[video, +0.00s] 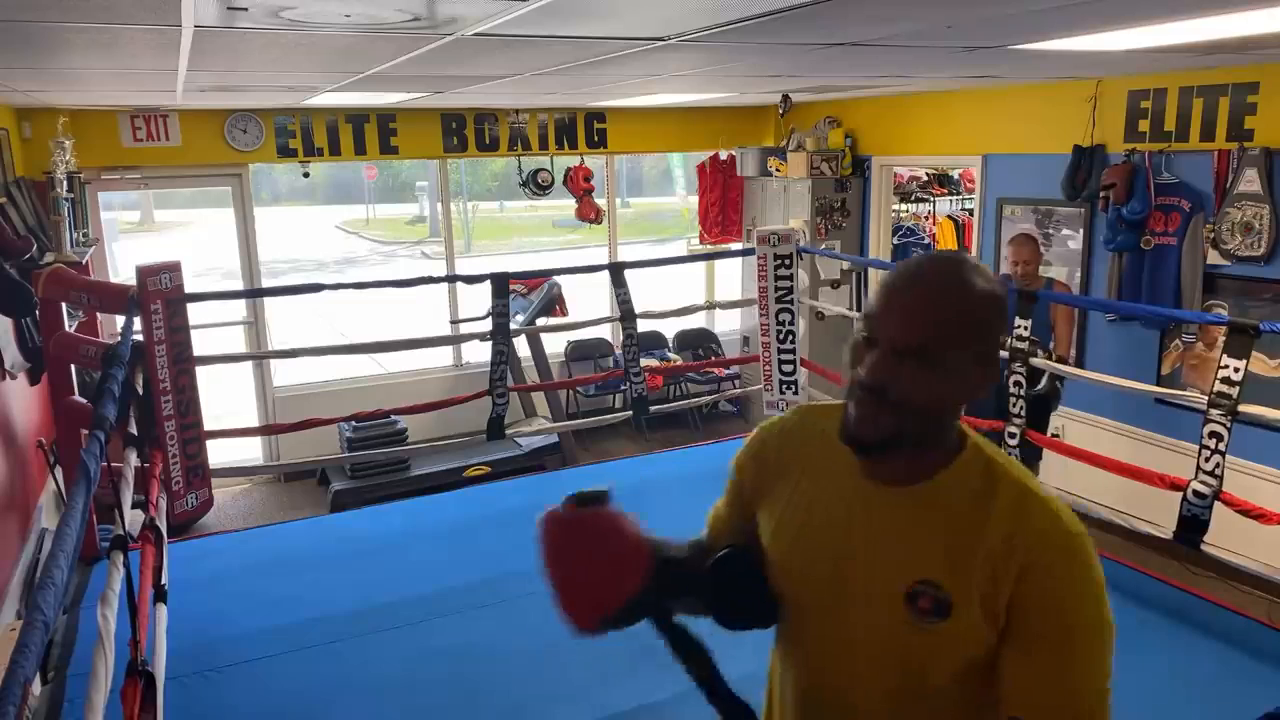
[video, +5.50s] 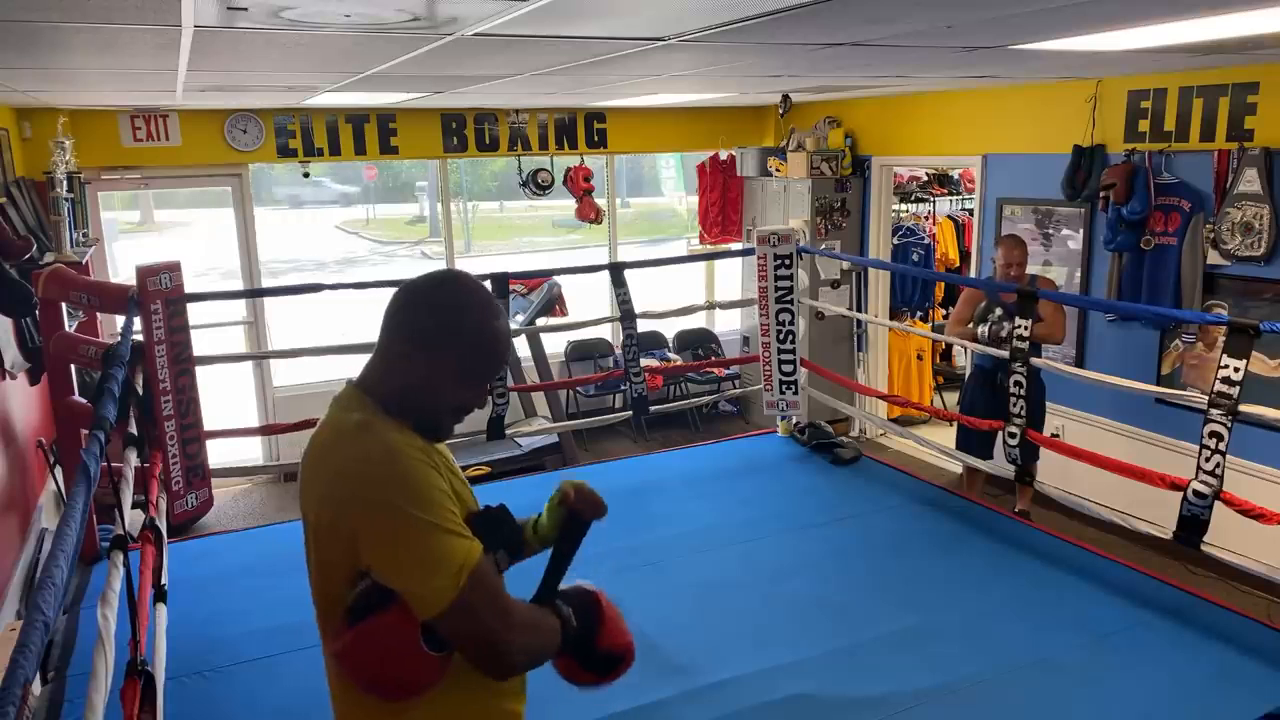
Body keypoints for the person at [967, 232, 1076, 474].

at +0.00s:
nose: (1020, 270)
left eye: (1027, 264)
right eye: (1014, 263)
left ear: (1039, 261)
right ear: (1007, 261)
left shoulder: (1057, 292)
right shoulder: (996, 287)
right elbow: (980, 332)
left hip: (1035, 380)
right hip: (994, 376)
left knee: (1025, 455)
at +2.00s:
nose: (1015, 269)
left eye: (1020, 262)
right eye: (1008, 263)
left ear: (1032, 258)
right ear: (1000, 263)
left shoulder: (1053, 290)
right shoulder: (990, 288)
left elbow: (1058, 332)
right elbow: (970, 330)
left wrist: (1041, 347)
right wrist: (995, 338)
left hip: (1034, 379)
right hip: (991, 376)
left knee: (1031, 448)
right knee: (979, 443)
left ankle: (1022, 511)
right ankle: (972, 504)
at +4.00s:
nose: (998, 274)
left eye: (1002, 267)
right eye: (991, 270)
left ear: (1013, 260)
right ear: (982, 267)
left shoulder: (1037, 286)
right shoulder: (974, 290)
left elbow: (1054, 331)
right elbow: (961, 335)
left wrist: (1013, 329)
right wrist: (984, 346)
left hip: (1025, 379)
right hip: (984, 377)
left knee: (1026, 448)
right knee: (974, 445)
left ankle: (1022, 513)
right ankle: (971, 506)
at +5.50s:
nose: (1014, 272)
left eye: (1020, 265)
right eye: (1008, 266)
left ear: (1027, 262)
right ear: (995, 262)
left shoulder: (1043, 287)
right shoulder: (978, 289)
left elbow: (1056, 333)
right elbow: (952, 330)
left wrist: (1016, 329)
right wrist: (985, 331)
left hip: (1025, 381)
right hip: (984, 378)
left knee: (1026, 449)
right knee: (974, 446)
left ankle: (1022, 514)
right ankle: (969, 507)